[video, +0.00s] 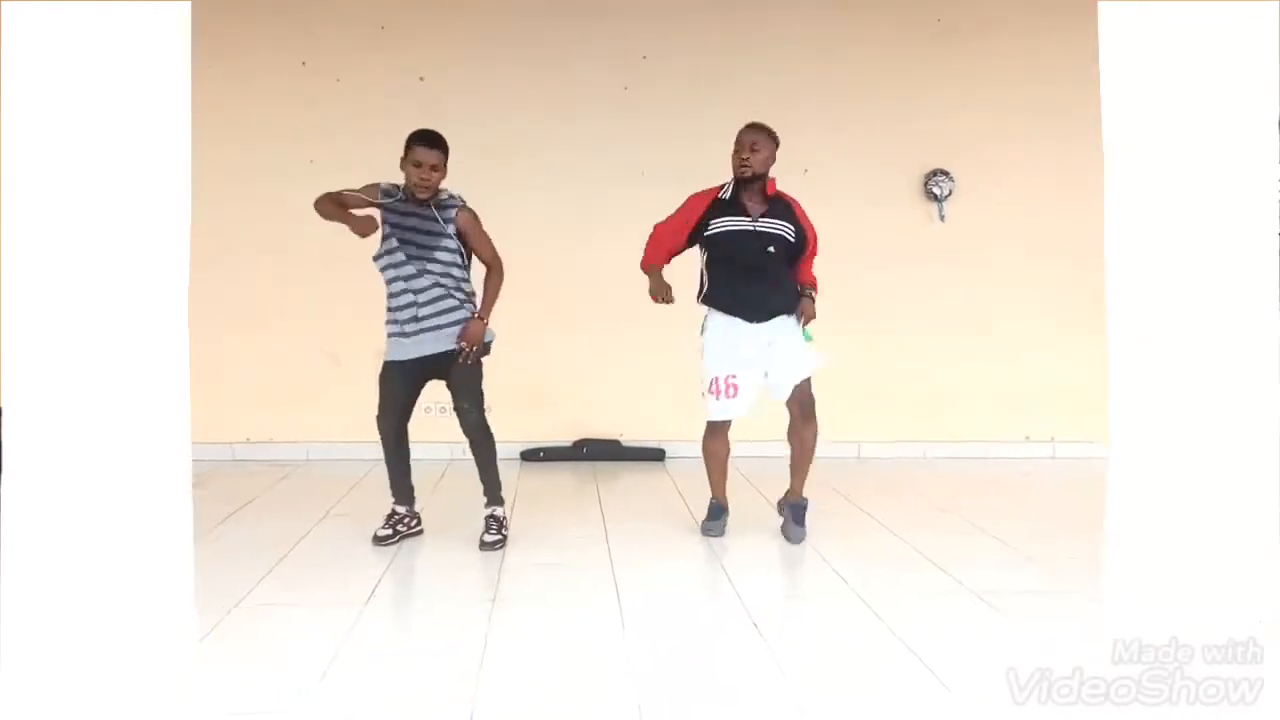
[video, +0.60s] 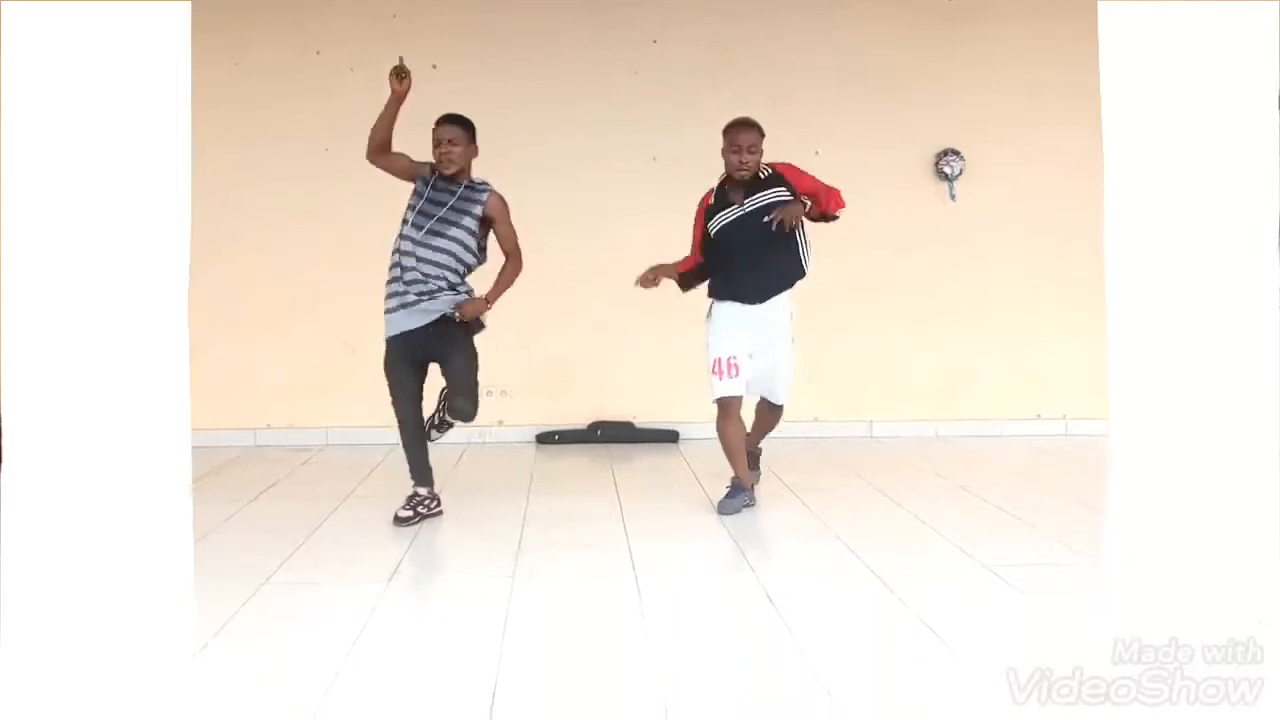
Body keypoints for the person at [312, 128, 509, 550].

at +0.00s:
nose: (426, 175)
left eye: (435, 168)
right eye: (418, 166)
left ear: (445, 169)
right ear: (403, 164)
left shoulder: (458, 214)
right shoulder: (383, 196)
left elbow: (495, 267)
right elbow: (323, 202)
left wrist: (481, 319)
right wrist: (348, 215)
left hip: (455, 338)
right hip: (404, 343)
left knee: (472, 419)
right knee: (390, 423)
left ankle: (495, 508)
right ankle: (404, 511)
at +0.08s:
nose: (406, 169)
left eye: (416, 161)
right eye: (403, 160)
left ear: (440, 163)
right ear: (400, 163)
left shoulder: (466, 213)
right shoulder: (396, 201)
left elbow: (496, 273)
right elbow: (331, 197)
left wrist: (480, 316)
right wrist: (386, 179)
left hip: (457, 337)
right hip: (410, 341)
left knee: (483, 416)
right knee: (400, 419)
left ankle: (528, 502)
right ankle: (416, 509)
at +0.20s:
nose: (391, 168)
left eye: (397, 160)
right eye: (391, 161)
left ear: (426, 161)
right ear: (417, 162)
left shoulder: (470, 209)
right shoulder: (400, 200)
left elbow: (492, 271)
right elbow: (359, 195)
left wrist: (466, 317)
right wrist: (374, 130)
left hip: (453, 330)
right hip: (410, 332)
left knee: (452, 418)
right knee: (404, 417)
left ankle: (532, 470)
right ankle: (421, 507)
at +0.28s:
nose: (387, 181)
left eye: (391, 172)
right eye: (386, 173)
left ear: (417, 169)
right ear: (413, 171)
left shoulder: (465, 205)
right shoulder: (406, 214)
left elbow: (491, 270)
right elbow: (381, 269)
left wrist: (457, 322)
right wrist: (346, 253)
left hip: (455, 334)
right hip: (410, 335)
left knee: (426, 419)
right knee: (407, 419)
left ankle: (460, 438)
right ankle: (423, 506)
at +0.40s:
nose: (385, 186)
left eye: (388, 176)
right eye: (384, 178)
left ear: (413, 171)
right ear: (409, 173)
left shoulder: (457, 205)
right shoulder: (410, 221)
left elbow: (489, 270)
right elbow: (426, 272)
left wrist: (463, 326)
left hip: (451, 341)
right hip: (407, 341)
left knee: (433, 429)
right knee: (409, 426)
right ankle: (422, 504)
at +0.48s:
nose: (388, 180)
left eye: (391, 169)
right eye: (387, 170)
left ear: (416, 165)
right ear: (414, 166)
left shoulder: (463, 202)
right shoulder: (416, 208)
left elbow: (500, 264)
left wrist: (473, 318)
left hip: (447, 340)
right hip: (405, 340)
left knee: (418, 425)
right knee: (410, 424)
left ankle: (384, 473)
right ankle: (423, 500)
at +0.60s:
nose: (443, 151)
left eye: (452, 144)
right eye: (437, 144)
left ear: (473, 149)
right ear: (432, 146)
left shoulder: (489, 201)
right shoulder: (422, 175)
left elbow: (513, 260)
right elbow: (378, 154)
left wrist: (486, 301)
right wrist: (395, 100)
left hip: (446, 310)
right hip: (401, 312)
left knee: (464, 407)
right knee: (405, 408)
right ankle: (424, 492)